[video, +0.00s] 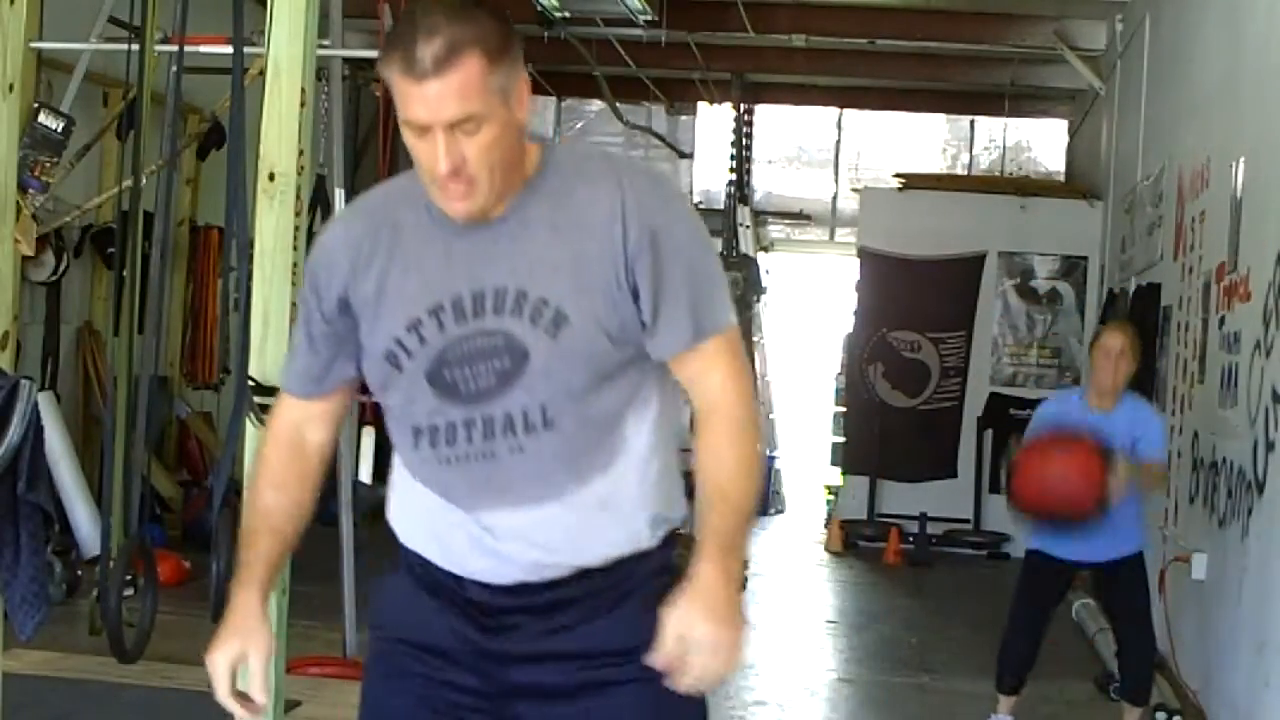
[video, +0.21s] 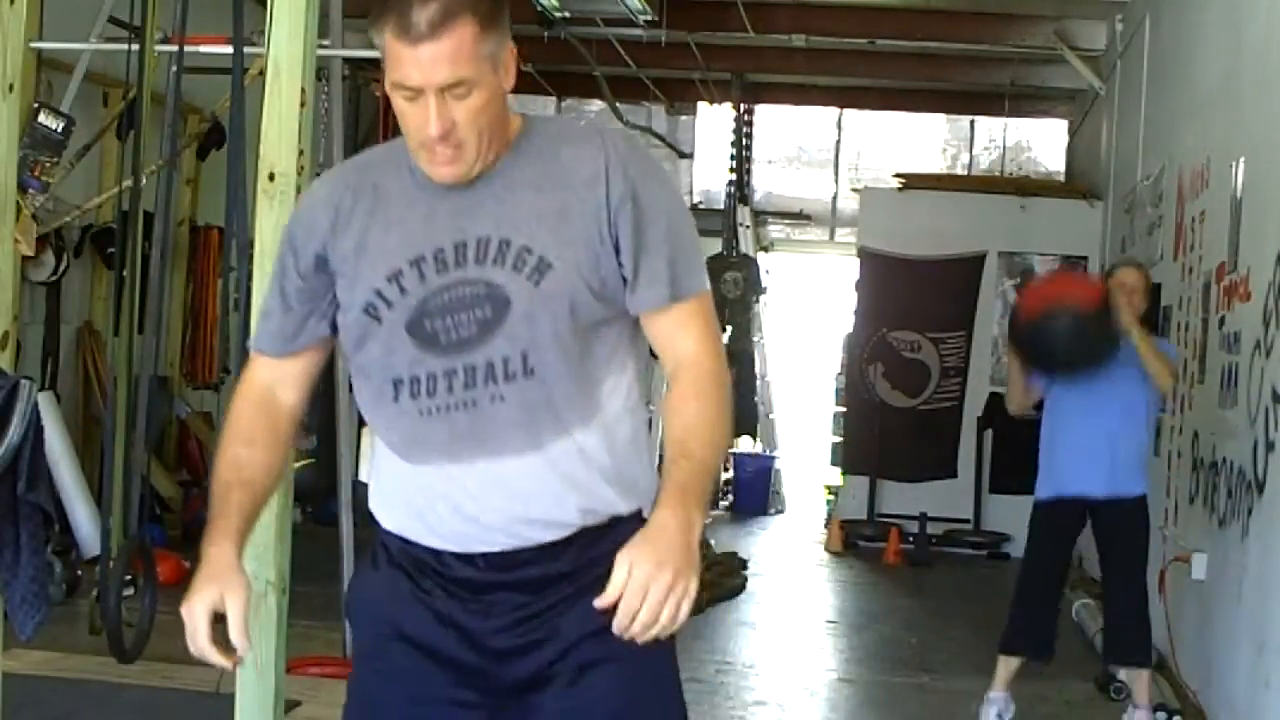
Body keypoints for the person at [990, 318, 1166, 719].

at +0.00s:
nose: (1111, 363)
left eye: (1121, 356)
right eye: (1104, 353)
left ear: (1133, 365)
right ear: (1090, 358)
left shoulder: (1144, 418)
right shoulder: (1055, 407)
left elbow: (1157, 476)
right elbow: (1025, 461)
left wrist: (1123, 471)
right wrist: (1045, 472)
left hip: (1119, 551)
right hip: (1052, 546)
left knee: (1139, 645)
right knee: (1022, 631)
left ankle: (1133, 712)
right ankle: (1003, 712)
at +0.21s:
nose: (1126, 298)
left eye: (1135, 291)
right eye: (1119, 289)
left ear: (1148, 298)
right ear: (1103, 292)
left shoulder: (1156, 348)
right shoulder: (1071, 339)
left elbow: (1167, 388)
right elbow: (1020, 403)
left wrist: (1133, 330)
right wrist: (1018, 343)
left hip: (1122, 490)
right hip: (1060, 487)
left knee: (1128, 596)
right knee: (1035, 588)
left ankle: (1142, 706)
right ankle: (997, 695)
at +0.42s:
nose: (1140, 334)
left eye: (1148, 326)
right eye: (1134, 324)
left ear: (1157, 341)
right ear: (1109, 329)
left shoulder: (1152, 393)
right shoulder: (1061, 383)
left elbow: (1142, 384)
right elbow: (1005, 402)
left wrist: (1119, 313)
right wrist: (1018, 330)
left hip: (1121, 538)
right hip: (1055, 534)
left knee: (1138, 638)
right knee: (1029, 625)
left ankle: (1136, 713)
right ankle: (1007, 711)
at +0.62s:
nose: (1146, 361)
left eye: (1155, 357)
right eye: (1140, 351)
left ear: (1160, 368)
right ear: (1118, 354)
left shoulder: (1157, 412)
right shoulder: (1061, 407)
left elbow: (1137, 413)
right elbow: (1015, 455)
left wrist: (1112, 360)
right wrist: (1021, 394)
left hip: (1115, 553)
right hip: (1047, 548)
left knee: (1140, 650)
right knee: (1020, 639)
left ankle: (1138, 712)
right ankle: (1005, 710)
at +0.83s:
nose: (1140, 373)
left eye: (1151, 371)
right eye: (1135, 362)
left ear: (1155, 385)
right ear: (1114, 362)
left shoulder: (1154, 426)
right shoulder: (1058, 419)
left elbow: (1118, 416)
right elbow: (1015, 472)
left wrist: (1106, 373)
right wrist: (1018, 410)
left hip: (1112, 564)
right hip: (1046, 557)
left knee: (1141, 656)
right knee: (1013, 641)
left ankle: (1135, 713)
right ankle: (1005, 710)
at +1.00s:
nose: (1137, 376)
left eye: (1148, 374)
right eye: (1132, 365)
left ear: (1153, 387)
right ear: (1112, 365)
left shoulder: (1152, 426)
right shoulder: (1058, 424)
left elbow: (1113, 421)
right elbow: (1015, 476)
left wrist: (1103, 377)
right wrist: (1017, 414)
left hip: (1113, 567)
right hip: (1046, 561)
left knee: (1140, 657)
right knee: (1012, 643)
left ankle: (1135, 712)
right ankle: (1005, 708)